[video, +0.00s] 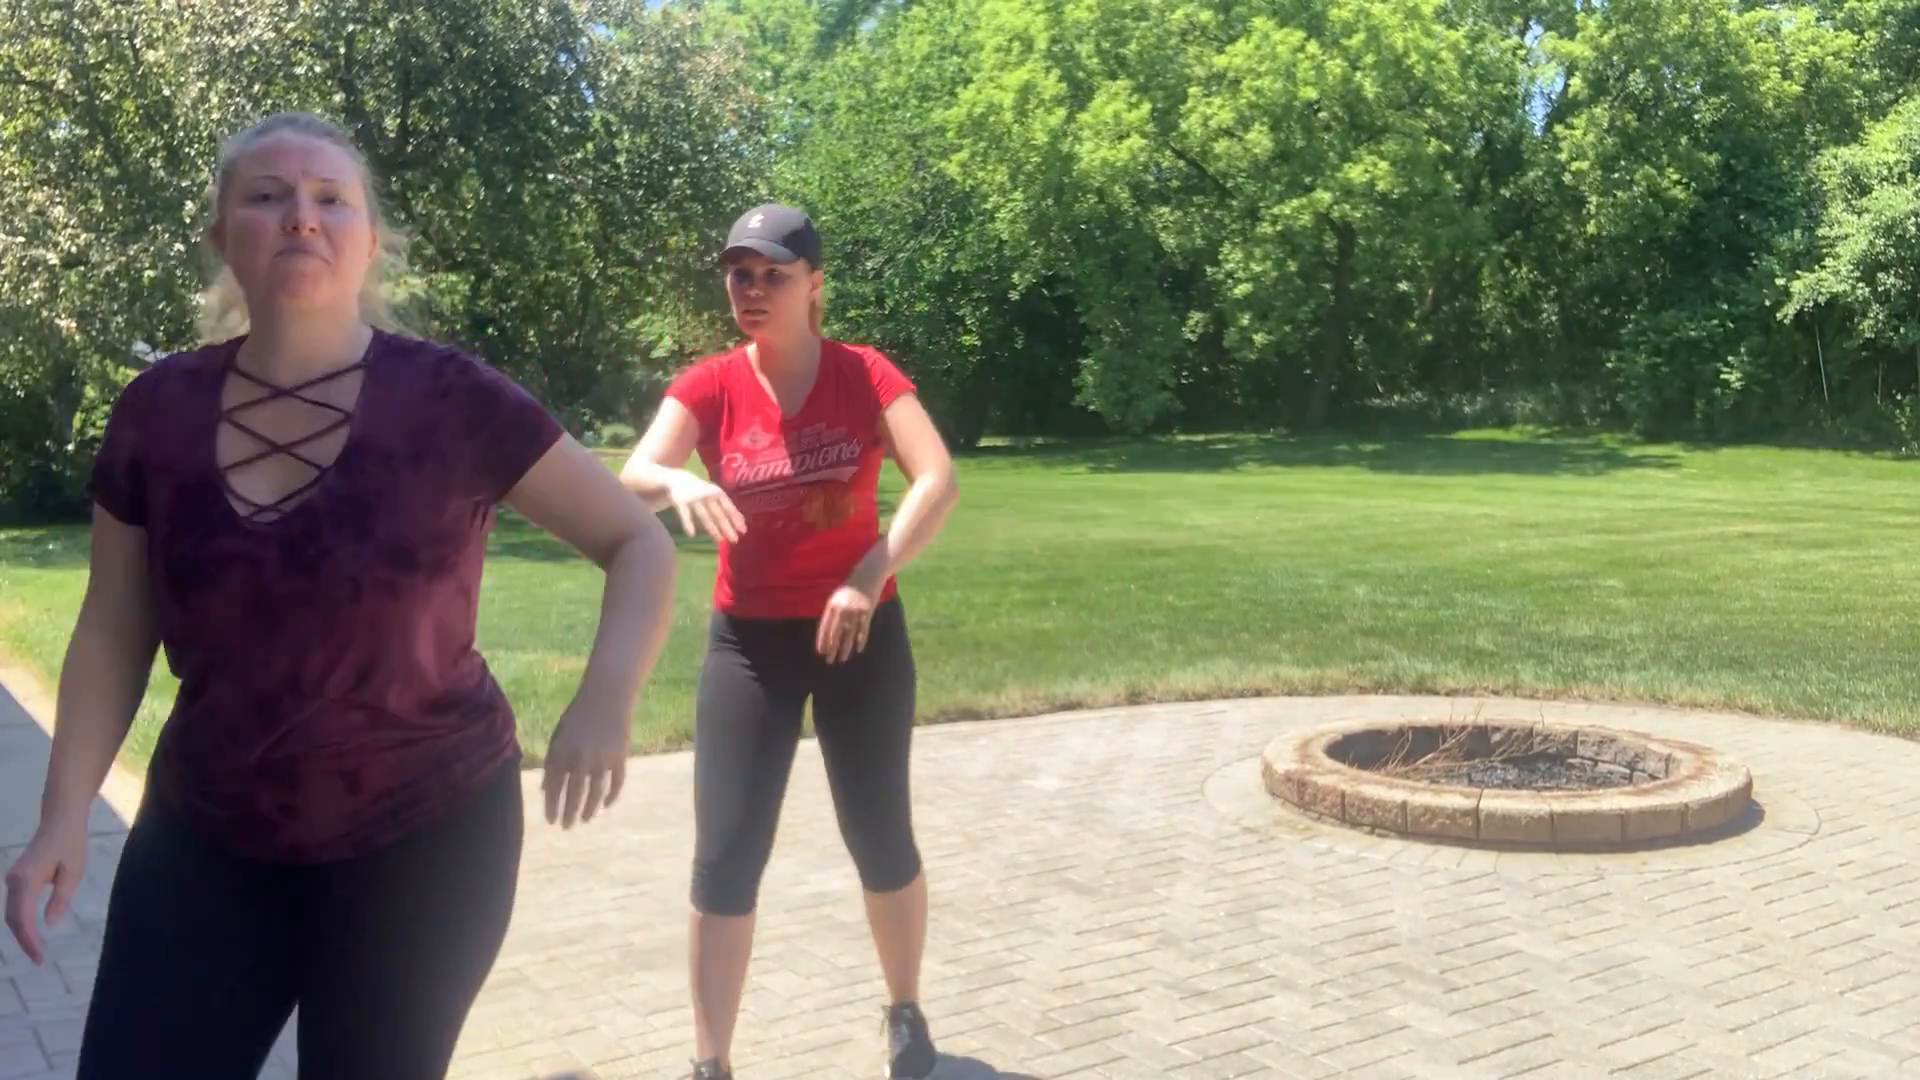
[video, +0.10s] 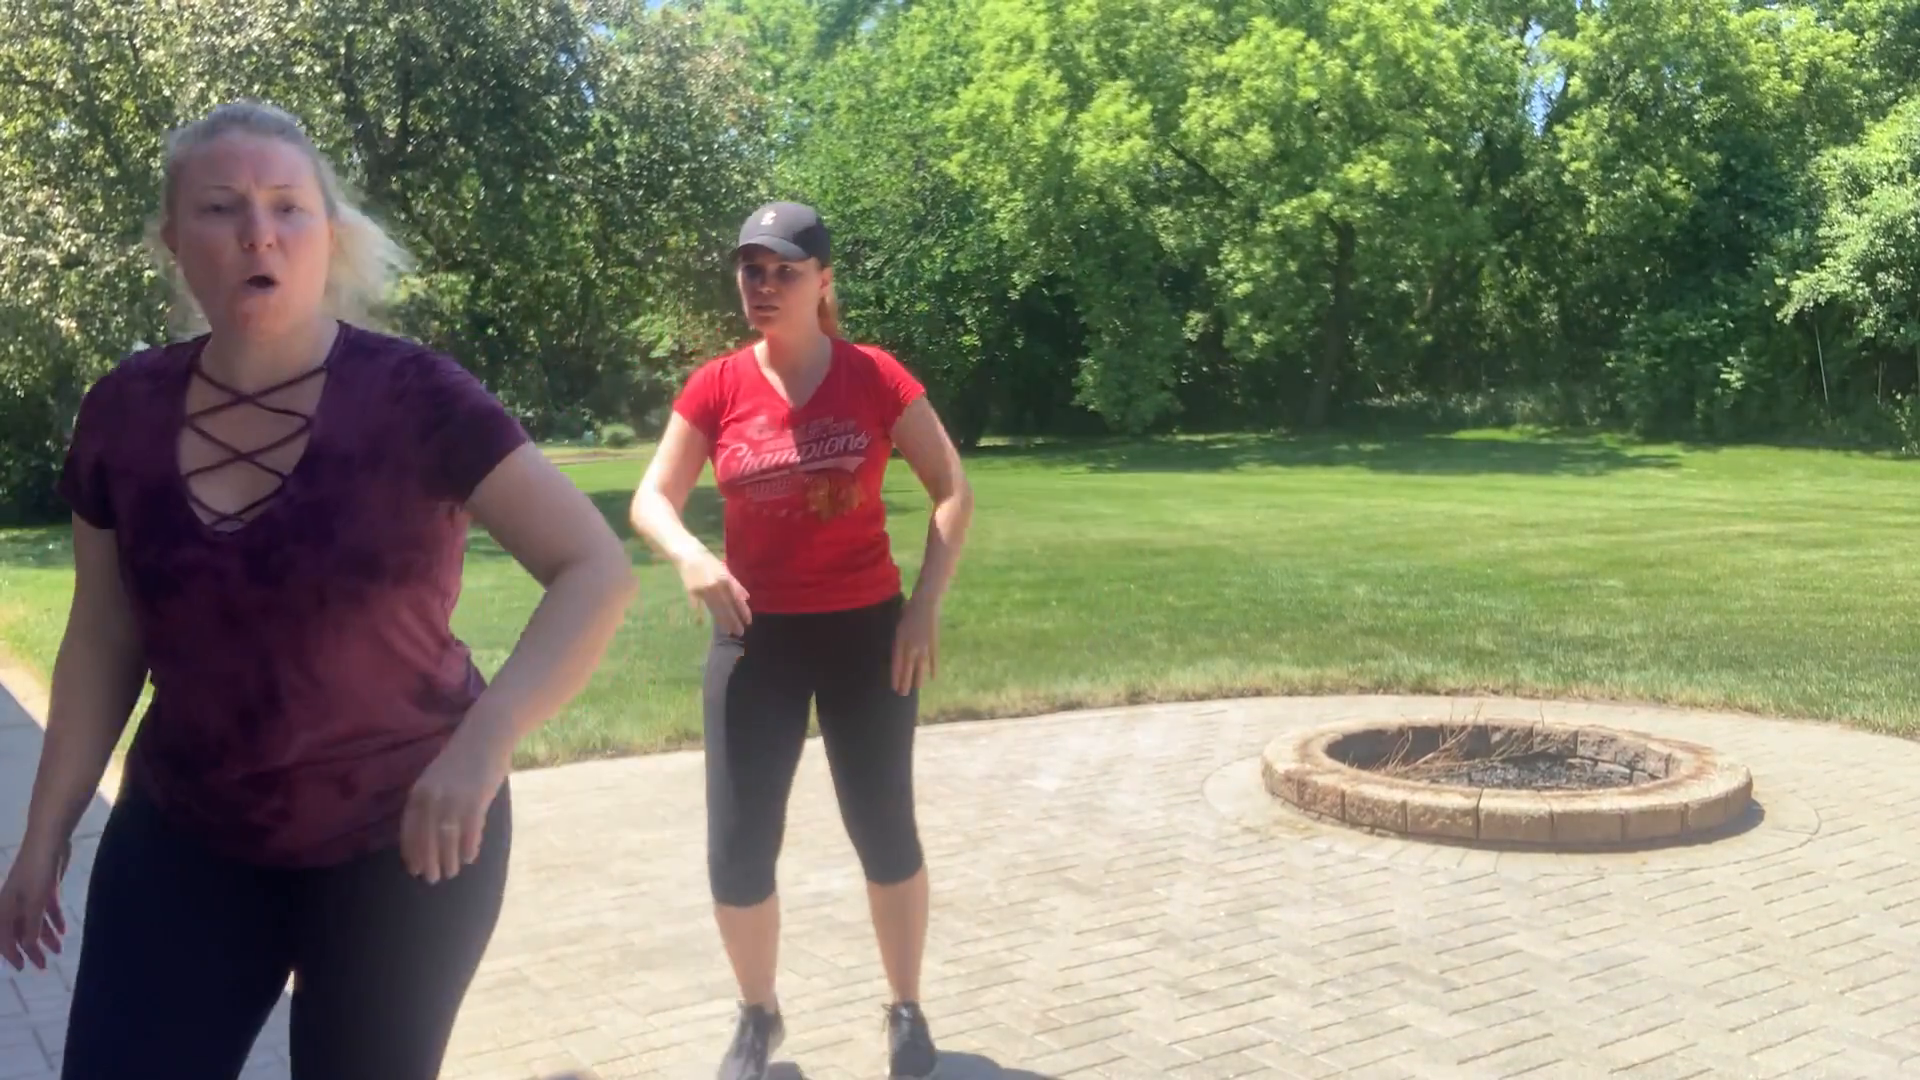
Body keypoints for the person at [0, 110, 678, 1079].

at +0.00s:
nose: (302, 218)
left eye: (331, 199)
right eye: (268, 197)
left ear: (374, 245)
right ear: (219, 239)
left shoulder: (454, 398)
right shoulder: (159, 409)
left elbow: (638, 542)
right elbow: (115, 631)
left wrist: (606, 697)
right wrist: (63, 812)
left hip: (420, 827)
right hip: (212, 821)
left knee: (370, 1065)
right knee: (130, 1067)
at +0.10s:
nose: (258, 235)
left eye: (287, 206)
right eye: (221, 208)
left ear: (331, 236)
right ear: (172, 243)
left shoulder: (417, 395)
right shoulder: (126, 410)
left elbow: (597, 568)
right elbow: (104, 635)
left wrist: (487, 739)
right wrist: (45, 834)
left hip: (402, 835)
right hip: (190, 833)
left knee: (361, 1066)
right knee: (113, 1065)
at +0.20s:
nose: (221, 255)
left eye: (249, 222)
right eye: (181, 227)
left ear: (294, 233)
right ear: (132, 250)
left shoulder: (386, 391)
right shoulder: (87, 408)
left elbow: (530, 600)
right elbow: (74, 626)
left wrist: (367, 752)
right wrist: (23, 803)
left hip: (380, 835)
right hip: (163, 837)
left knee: (350, 1067)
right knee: (122, 1066)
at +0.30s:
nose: (202, 272)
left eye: (226, 230)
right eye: (159, 240)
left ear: (265, 223)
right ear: (100, 248)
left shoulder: (362, 388)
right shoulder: (54, 406)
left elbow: (466, 622)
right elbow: (36, 647)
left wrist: (278, 741)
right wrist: (8, 789)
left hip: (350, 842)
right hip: (123, 847)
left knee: (334, 1065)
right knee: (128, 1065)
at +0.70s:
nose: (246, 229)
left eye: (254, 195)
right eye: (201, 204)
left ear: (271, 200)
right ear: (105, 224)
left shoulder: (349, 371)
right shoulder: (32, 386)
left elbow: (444, 587)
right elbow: (4, 602)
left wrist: (306, 617)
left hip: (323, 841)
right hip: (89, 846)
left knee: (318, 1065)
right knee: (113, 1065)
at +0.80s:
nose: (273, 237)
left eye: (276, 204)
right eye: (228, 211)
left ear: (288, 204)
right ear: (127, 223)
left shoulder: (353, 373)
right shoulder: (29, 389)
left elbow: (450, 577)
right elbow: (3, 607)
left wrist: (371, 602)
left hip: (331, 841)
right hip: (93, 849)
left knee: (330, 1065)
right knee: (114, 1065)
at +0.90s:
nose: (284, 244)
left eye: (286, 213)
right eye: (243, 218)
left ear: (296, 209)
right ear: (139, 224)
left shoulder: (347, 377)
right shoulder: (27, 393)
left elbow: (440, 574)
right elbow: (0, 661)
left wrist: (425, 621)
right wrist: (6, 607)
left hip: (335, 836)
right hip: (94, 848)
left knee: (344, 1065)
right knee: (95, 1065)